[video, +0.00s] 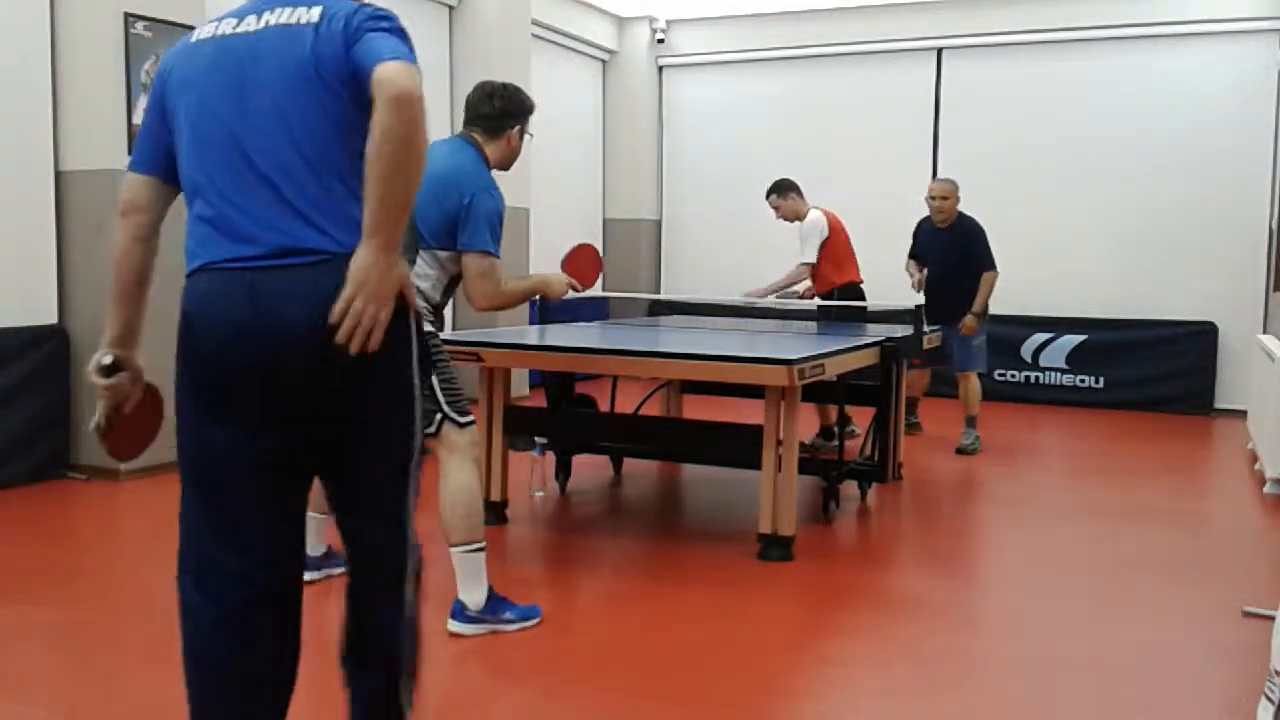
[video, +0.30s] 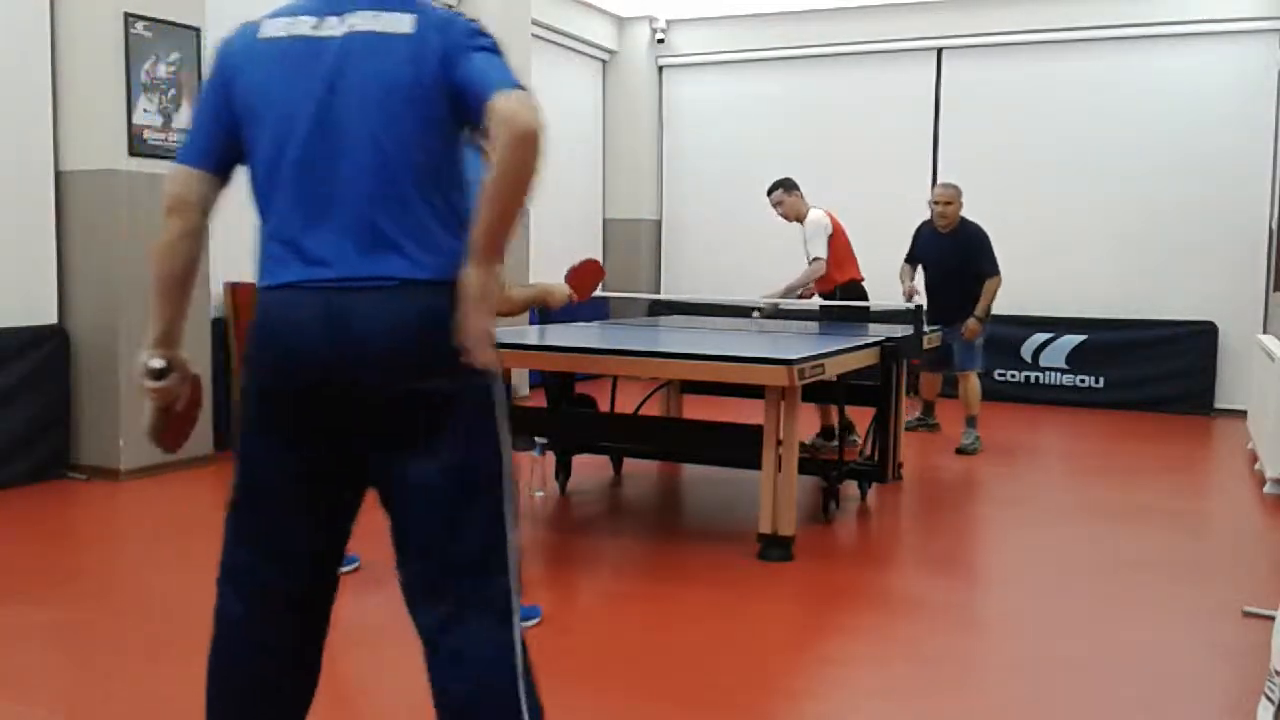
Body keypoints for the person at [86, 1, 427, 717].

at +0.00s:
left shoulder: (182, 56)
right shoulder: (358, 18)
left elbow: (136, 209)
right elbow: (400, 97)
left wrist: (118, 347)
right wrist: (381, 250)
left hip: (221, 313)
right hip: (350, 300)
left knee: (230, 558)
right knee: (380, 549)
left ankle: (230, 710)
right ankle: (381, 706)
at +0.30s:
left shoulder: (246, 46)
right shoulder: (444, 29)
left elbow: (184, 203)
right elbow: (518, 120)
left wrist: (162, 357)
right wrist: (483, 272)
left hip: (293, 341)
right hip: (426, 332)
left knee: (266, 598)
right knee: (464, 601)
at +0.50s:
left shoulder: (313, 42)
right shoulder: (516, 28)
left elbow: (262, 199)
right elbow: (600, 164)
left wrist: (246, 349)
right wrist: (570, 262)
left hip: (354, 332)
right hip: (491, 330)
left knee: (331, 592)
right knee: (515, 597)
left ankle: (287, 709)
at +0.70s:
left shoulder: (350, 29)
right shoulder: (558, 25)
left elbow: (293, 192)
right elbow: (623, 191)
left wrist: (301, 340)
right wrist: (584, 239)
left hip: (368, 320)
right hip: (504, 322)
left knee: (371, 582)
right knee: (521, 588)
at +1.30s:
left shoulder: (398, 69)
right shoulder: (588, 38)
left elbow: (361, 234)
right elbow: (651, 173)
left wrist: (435, 291)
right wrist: (611, 247)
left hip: (444, 335)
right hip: (572, 332)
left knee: (420, 595)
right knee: (633, 581)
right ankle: (686, 707)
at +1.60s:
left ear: (547, 4)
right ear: (623, 4)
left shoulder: (476, 64)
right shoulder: (678, 51)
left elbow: (436, 219)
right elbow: (751, 184)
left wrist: (499, 280)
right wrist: (699, 247)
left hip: (509, 332)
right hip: (641, 330)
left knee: (471, 582)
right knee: (684, 578)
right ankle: (711, 710)